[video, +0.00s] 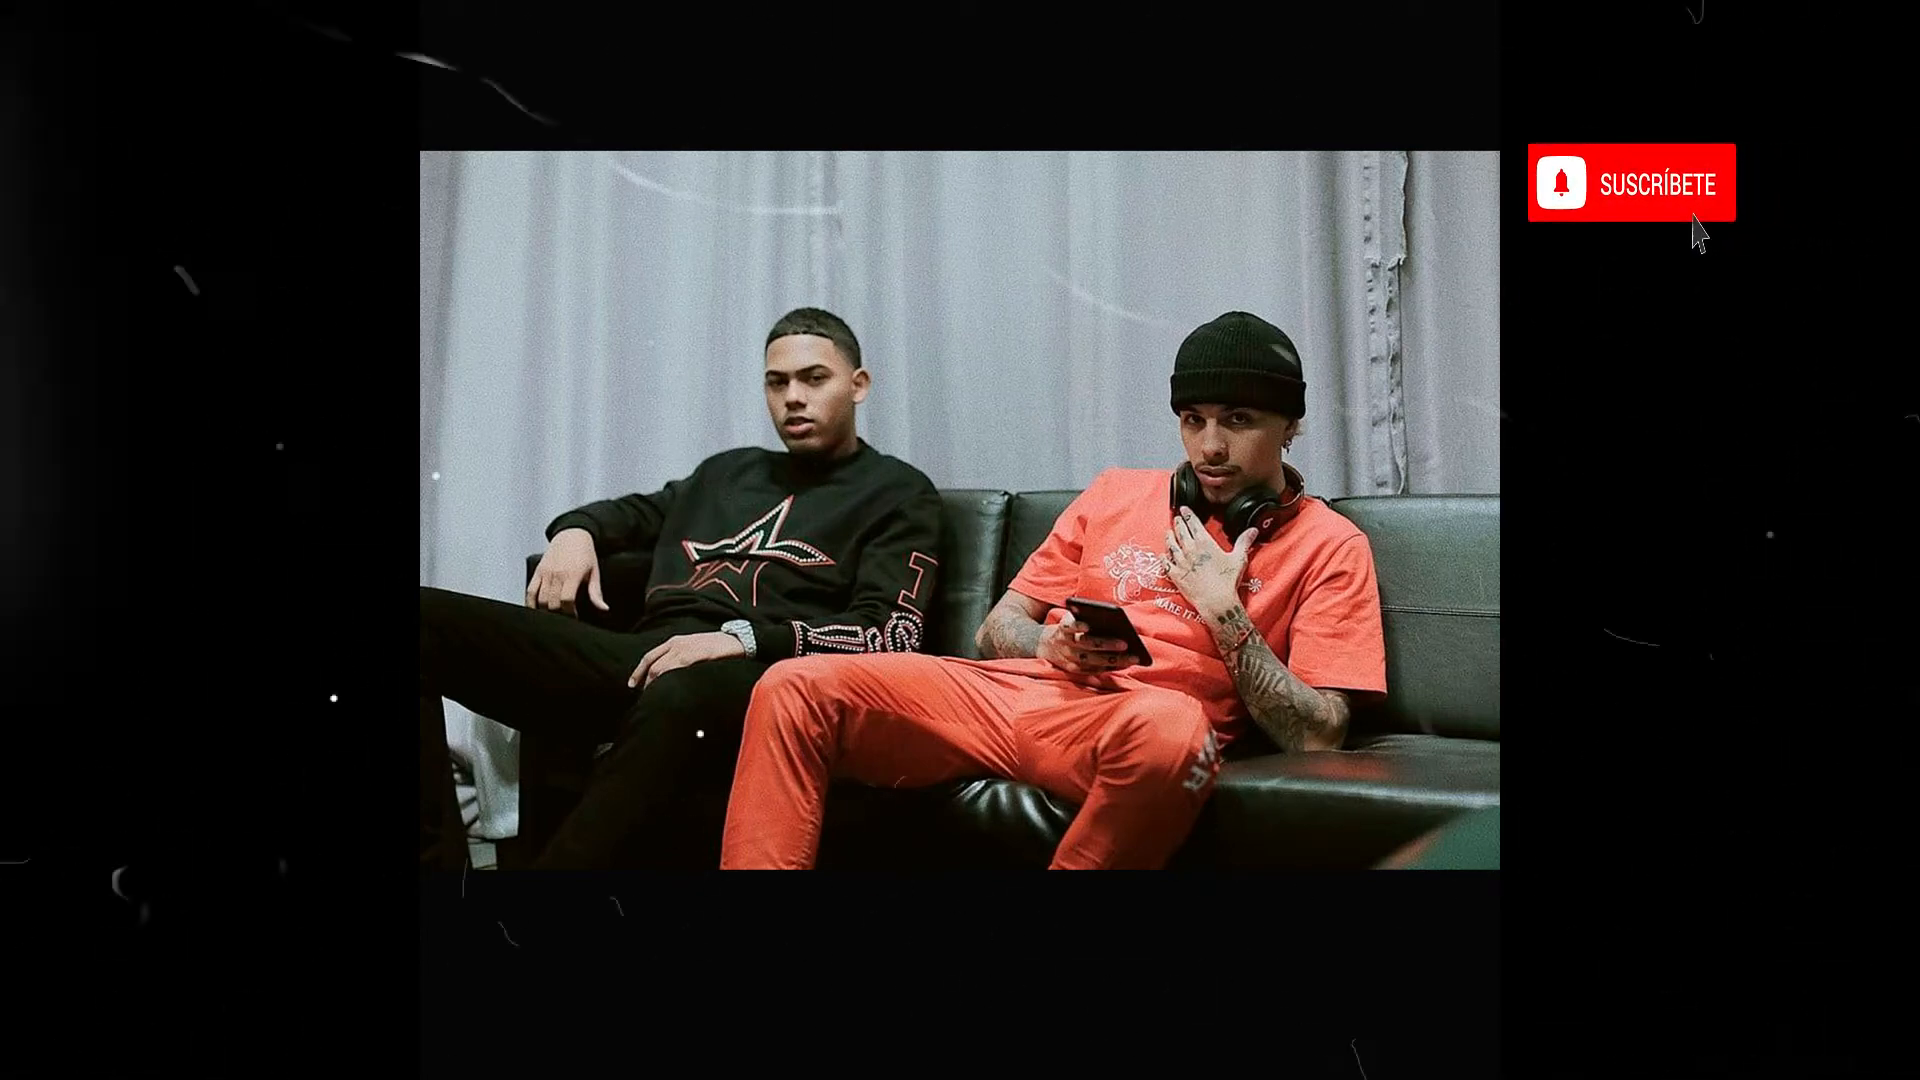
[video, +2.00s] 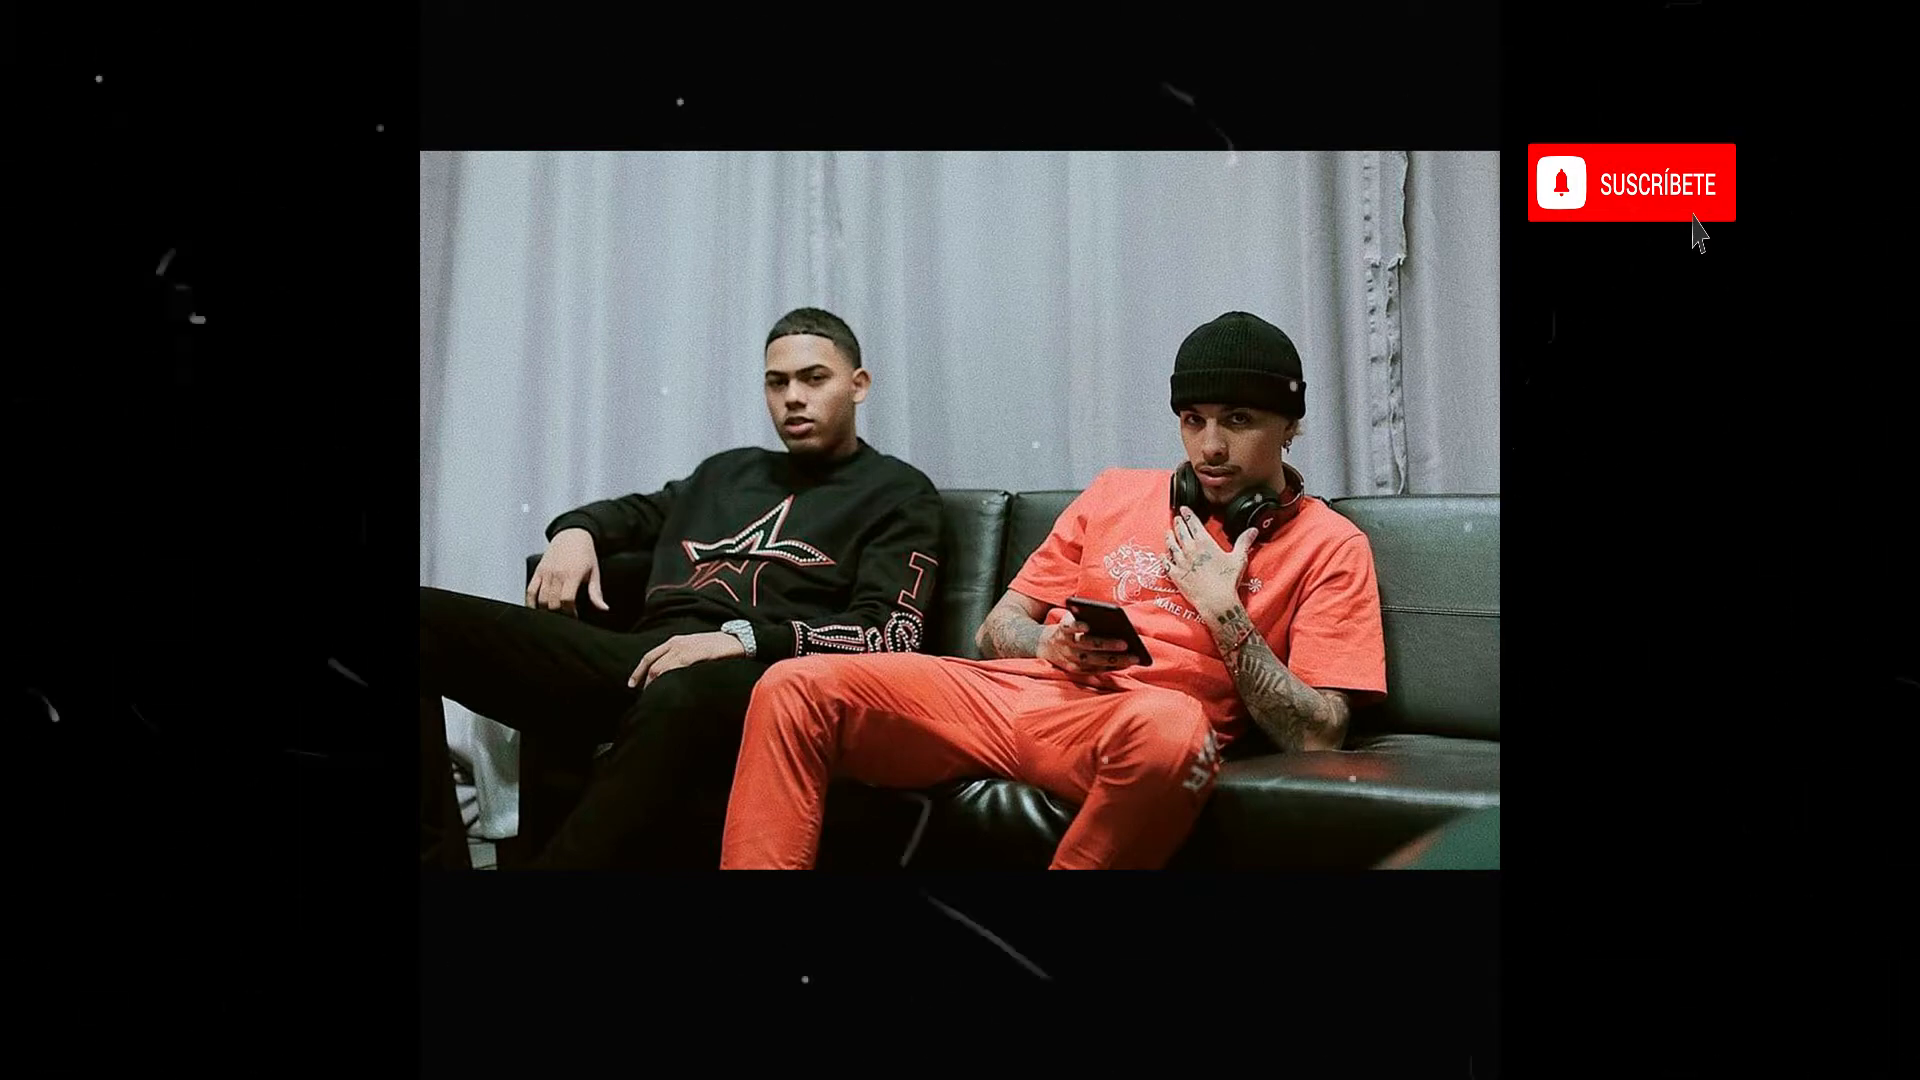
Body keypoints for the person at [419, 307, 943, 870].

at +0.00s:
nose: (793, 398)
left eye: (813, 379)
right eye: (779, 382)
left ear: (859, 385)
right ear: (765, 391)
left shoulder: (899, 493)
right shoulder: (728, 472)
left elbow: (892, 634)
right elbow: (640, 515)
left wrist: (744, 638)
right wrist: (575, 529)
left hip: (769, 680)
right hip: (637, 653)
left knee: (679, 700)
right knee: (426, 617)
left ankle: (554, 878)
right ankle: (439, 858)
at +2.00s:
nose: (793, 399)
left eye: (813, 379)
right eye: (779, 382)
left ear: (859, 385)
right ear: (765, 391)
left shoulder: (900, 494)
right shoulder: (728, 472)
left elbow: (893, 634)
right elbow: (641, 515)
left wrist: (742, 639)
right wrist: (575, 530)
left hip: (769, 681)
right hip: (637, 652)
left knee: (683, 699)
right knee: (425, 617)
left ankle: (562, 873)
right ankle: (441, 857)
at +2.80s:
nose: (793, 399)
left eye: (814, 378)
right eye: (779, 382)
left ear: (859, 384)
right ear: (765, 390)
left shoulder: (900, 494)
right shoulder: (728, 472)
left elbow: (893, 635)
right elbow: (642, 515)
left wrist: (742, 639)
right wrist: (575, 530)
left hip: (770, 682)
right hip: (637, 654)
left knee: (682, 701)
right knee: (426, 617)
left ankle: (562, 872)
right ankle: (441, 857)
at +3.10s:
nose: (793, 399)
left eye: (813, 379)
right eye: (779, 382)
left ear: (859, 385)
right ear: (765, 391)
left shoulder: (900, 494)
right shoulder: (728, 471)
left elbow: (893, 634)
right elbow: (641, 515)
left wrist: (742, 639)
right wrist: (574, 530)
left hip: (770, 680)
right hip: (638, 652)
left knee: (682, 699)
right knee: (426, 617)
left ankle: (563, 870)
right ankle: (441, 856)